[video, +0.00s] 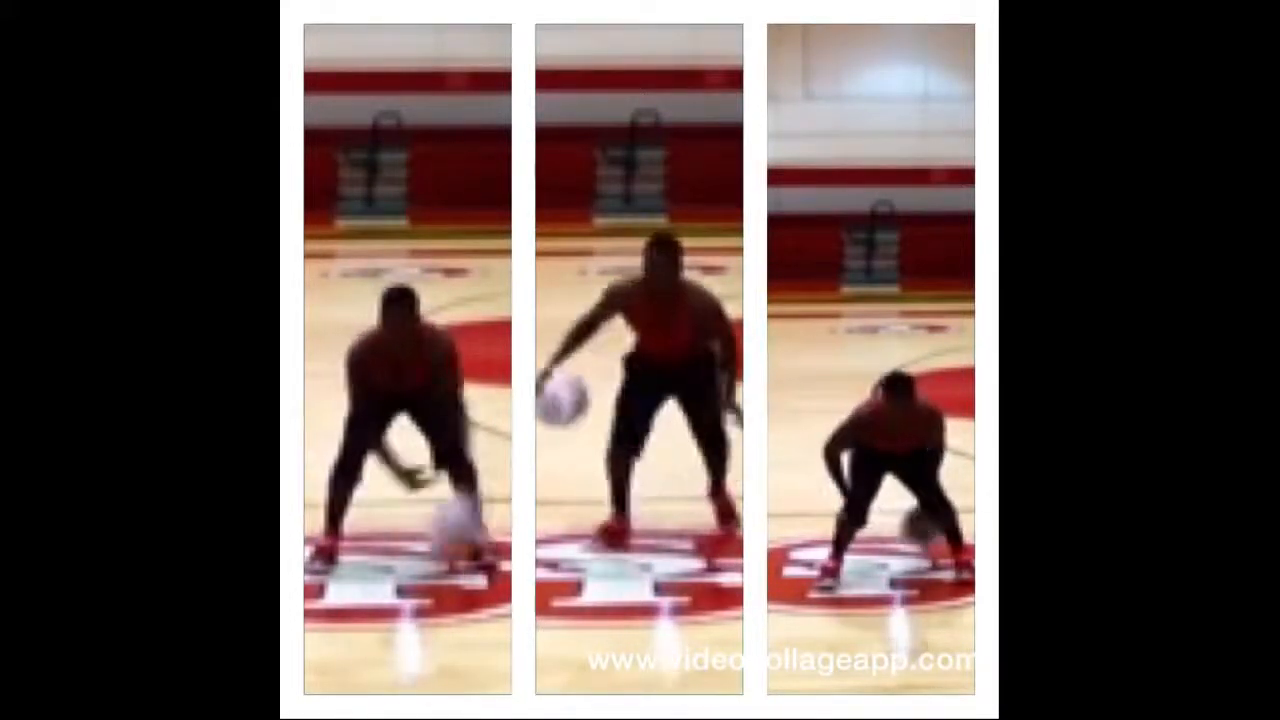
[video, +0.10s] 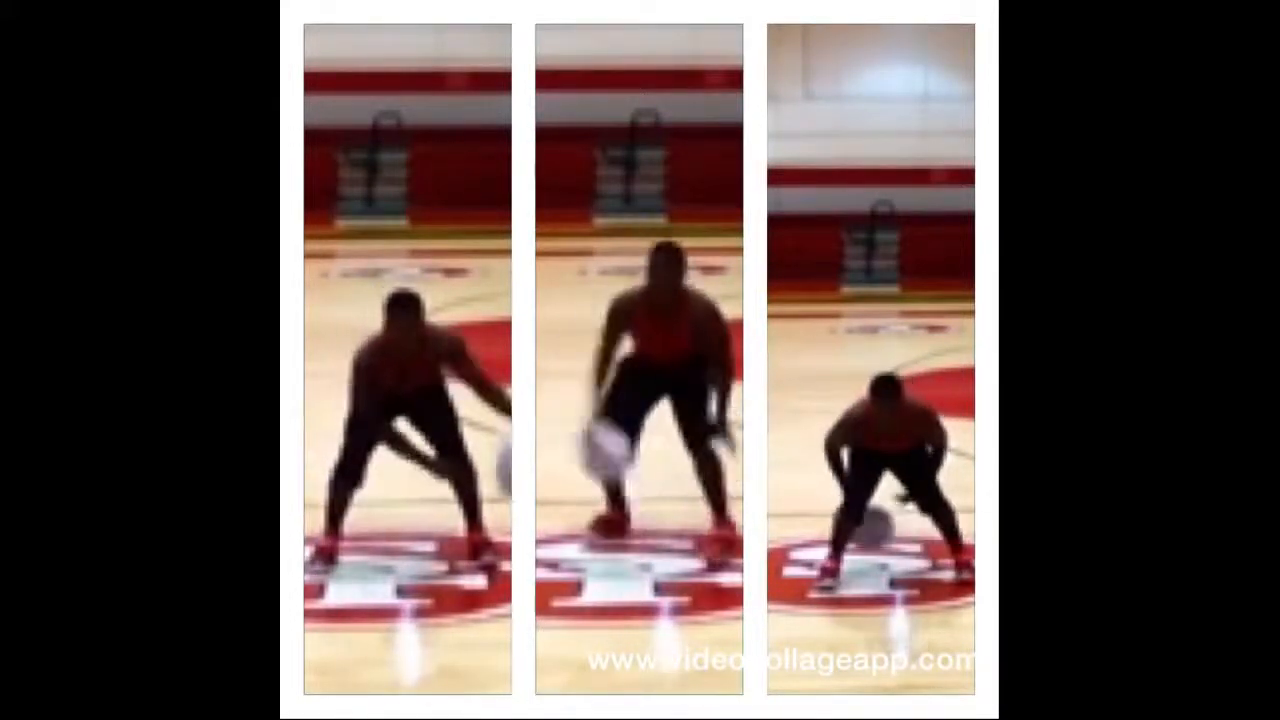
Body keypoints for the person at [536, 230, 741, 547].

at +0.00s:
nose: (658, 274)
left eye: (666, 266)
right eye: (653, 265)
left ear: (678, 267)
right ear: (644, 265)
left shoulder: (699, 302)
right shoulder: (625, 295)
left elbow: (728, 345)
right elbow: (587, 326)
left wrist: (728, 395)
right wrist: (551, 366)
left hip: (694, 369)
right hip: (646, 368)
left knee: (714, 440)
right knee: (621, 446)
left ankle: (718, 492)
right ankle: (620, 519)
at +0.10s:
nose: (661, 283)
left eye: (669, 276)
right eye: (656, 275)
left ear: (682, 276)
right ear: (648, 273)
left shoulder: (702, 311)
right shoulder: (627, 307)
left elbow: (723, 366)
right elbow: (606, 353)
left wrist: (720, 415)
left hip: (688, 375)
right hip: (642, 371)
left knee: (700, 443)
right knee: (607, 436)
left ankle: (722, 519)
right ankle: (616, 512)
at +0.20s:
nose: (669, 291)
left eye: (675, 283)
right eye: (663, 283)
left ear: (685, 283)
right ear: (652, 283)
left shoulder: (703, 323)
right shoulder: (630, 324)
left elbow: (714, 383)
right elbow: (635, 389)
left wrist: (713, 431)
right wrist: (656, 438)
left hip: (684, 392)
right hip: (639, 390)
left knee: (693, 453)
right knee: (595, 447)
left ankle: (720, 523)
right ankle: (617, 513)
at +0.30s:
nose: (672, 283)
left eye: (678, 275)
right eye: (665, 275)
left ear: (688, 276)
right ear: (654, 277)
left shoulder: (705, 312)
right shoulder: (633, 318)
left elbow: (734, 357)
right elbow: (627, 383)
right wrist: (648, 432)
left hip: (684, 379)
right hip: (639, 380)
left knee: (699, 445)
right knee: (605, 454)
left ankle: (722, 520)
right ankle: (617, 513)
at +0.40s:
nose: (677, 272)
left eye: (682, 263)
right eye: (669, 264)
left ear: (692, 264)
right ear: (658, 265)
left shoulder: (711, 293)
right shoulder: (637, 305)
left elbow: (748, 318)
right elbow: (606, 358)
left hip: (689, 363)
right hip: (642, 367)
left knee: (719, 432)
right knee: (620, 435)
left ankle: (722, 513)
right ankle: (615, 502)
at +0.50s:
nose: (675, 272)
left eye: (680, 263)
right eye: (668, 264)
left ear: (690, 264)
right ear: (656, 266)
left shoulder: (712, 299)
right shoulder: (635, 307)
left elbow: (743, 338)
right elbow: (612, 362)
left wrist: (751, 384)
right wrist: (608, 418)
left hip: (696, 365)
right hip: (651, 369)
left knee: (729, 437)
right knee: (639, 434)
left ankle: (713, 492)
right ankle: (626, 513)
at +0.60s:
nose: (672, 287)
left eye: (678, 279)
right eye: (665, 279)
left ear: (689, 279)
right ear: (655, 280)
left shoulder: (711, 314)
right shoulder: (638, 320)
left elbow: (718, 373)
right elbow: (626, 379)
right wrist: (630, 432)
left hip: (702, 383)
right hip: (659, 386)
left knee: (738, 440)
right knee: (655, 445)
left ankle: (712, 495)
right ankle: (637, 523)